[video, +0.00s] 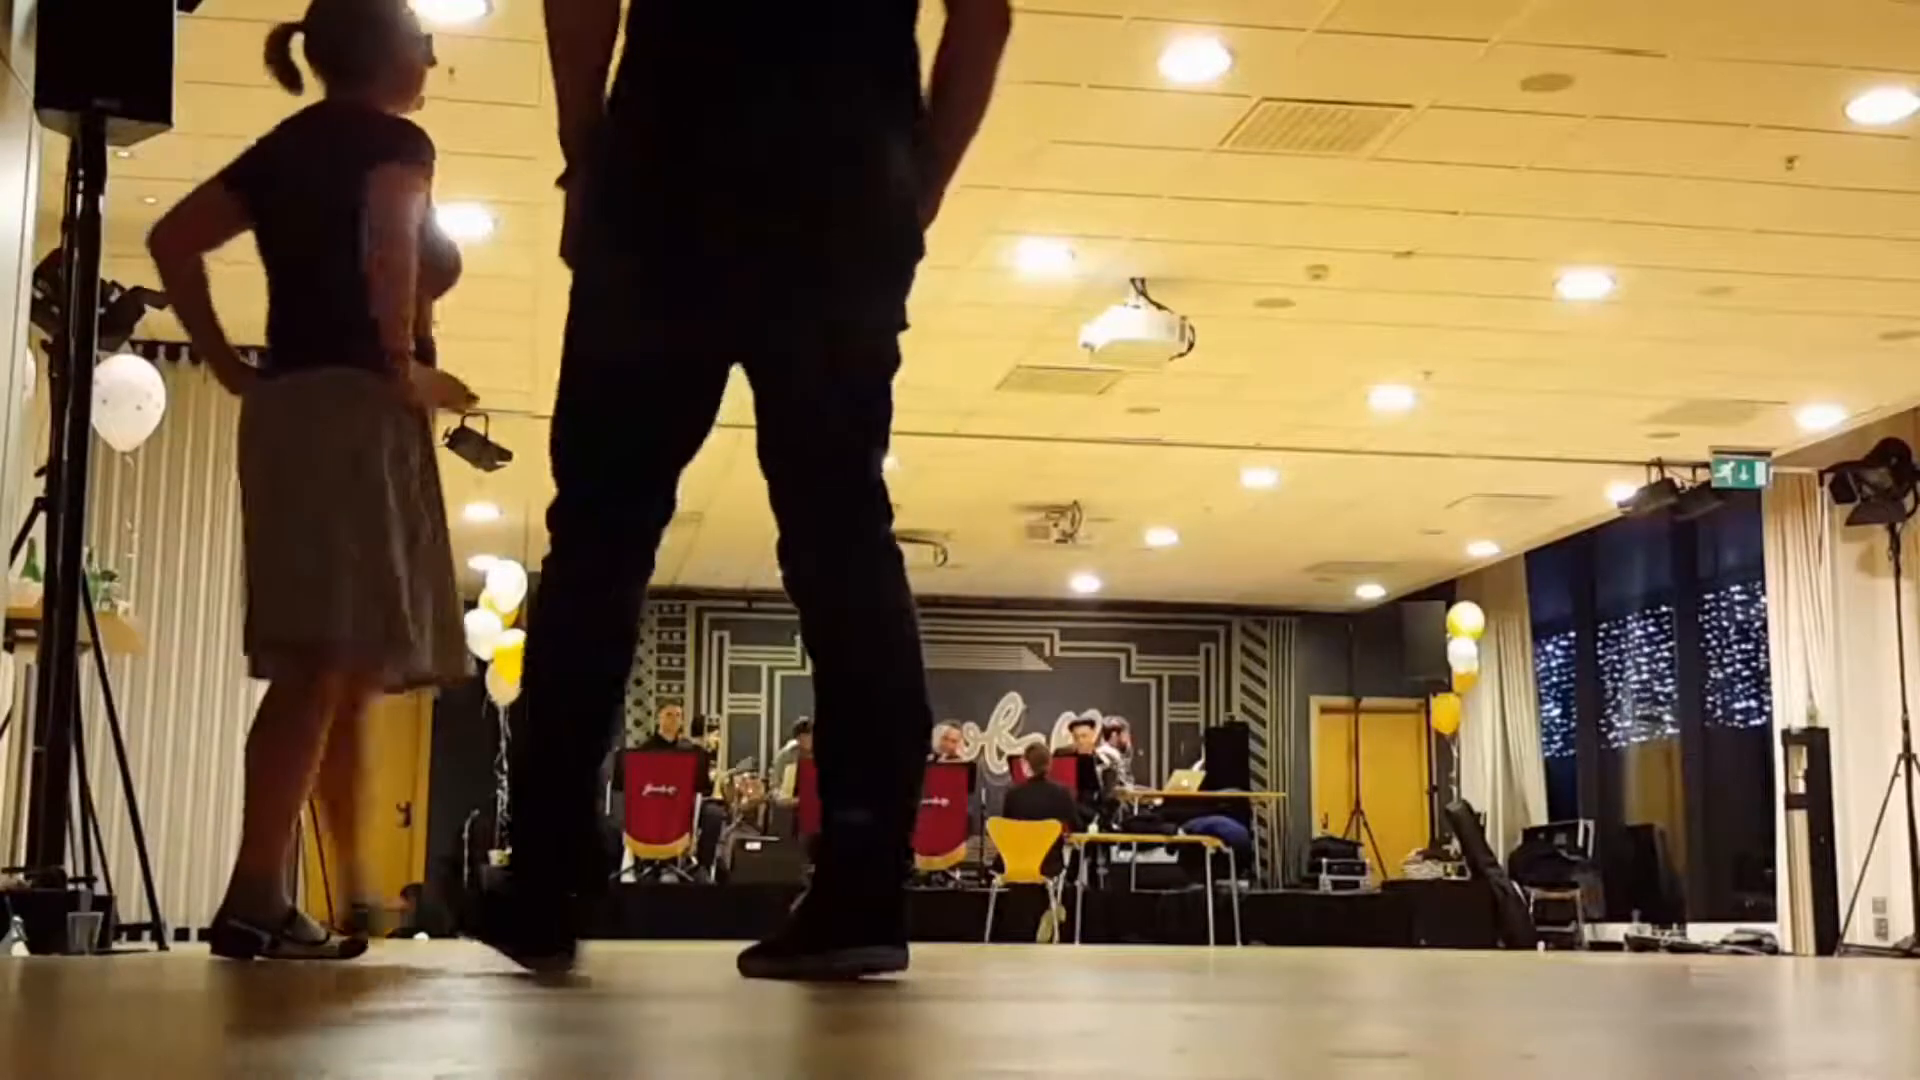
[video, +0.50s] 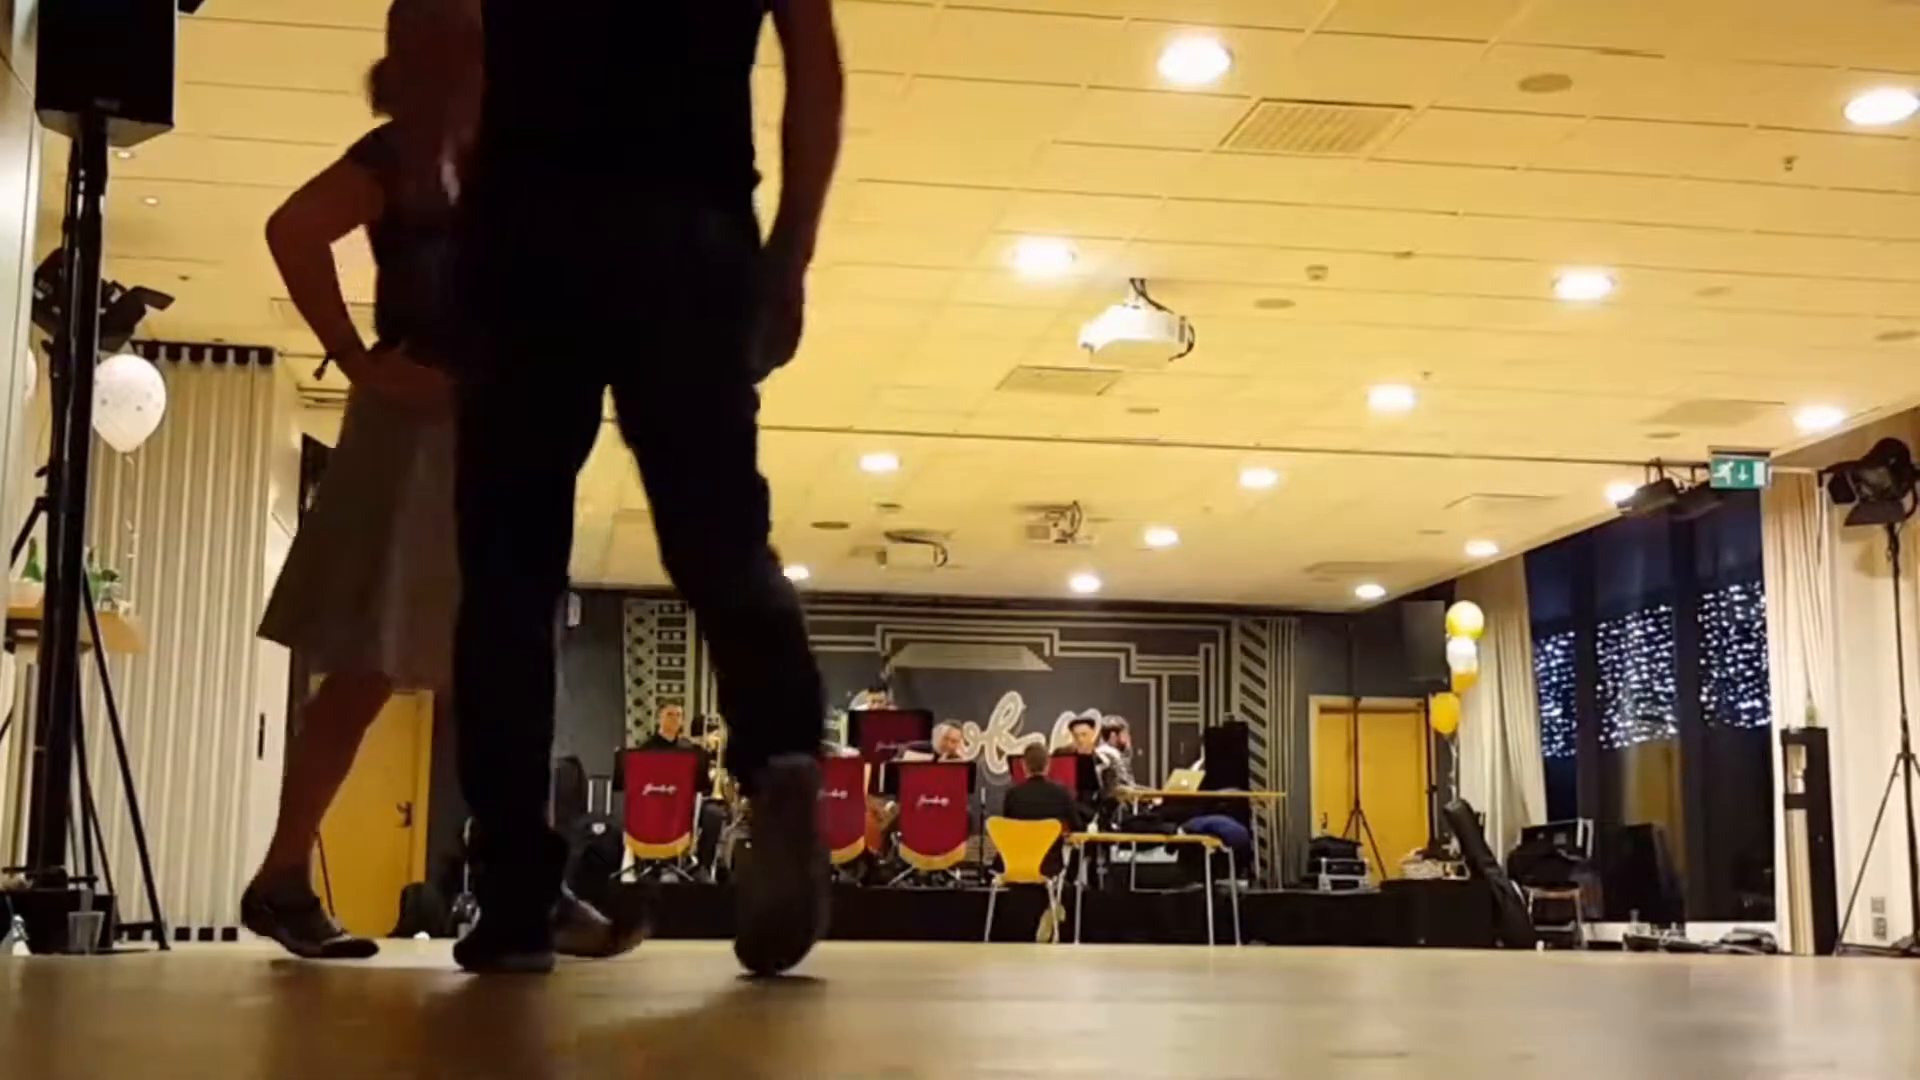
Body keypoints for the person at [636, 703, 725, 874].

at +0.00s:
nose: (673, 721)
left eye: (677, 716)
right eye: (668, 715)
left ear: (682, 721)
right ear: (658, 719)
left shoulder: (695, 752)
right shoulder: (643, 751)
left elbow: (704, 789)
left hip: (684, 809)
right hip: (650, 808)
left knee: (714, 814)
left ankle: (704, 868)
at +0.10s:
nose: (673, 721)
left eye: (677, 716)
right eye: (668, 715)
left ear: (682, 721)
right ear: (658, 719)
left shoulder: (694, 752)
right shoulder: (643, 751)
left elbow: (704, 789)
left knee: (714, 814)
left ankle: (703, 867)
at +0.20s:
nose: (673, 720)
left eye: (677, 716)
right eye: (668, 715)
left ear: (682, 721)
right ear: (659, 718)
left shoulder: (694, 752)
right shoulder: (643, 751)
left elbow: (704, 788)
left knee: (714, 813)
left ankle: (703, 868)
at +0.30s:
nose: (674, 720)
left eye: (678, 716)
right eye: (669, 715)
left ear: (683, 721)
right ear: (659, 719)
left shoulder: (694, 751)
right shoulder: (645, 750)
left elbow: (704, 787)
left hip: (684, 807)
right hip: (652, 806)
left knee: (714, 814)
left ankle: (704, 867)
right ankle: (644, 865)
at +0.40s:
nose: (674, 720)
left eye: (678, 716)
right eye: (669, 715)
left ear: (683, 721)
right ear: (659, 719)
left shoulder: (694, 751)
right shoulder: (644, 750)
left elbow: (704, 787)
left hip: (684, 807)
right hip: (651, 805)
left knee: (713, 814)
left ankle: (704, 867)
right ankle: (644, 865)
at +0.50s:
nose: (674, 720)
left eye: (677, 716)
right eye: (669, 715)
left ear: (683, 721)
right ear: (659, 719)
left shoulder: (695, 752)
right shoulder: (644, 750)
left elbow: (704, 787)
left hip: (684, 807)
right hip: (651, 806)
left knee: (714, 814)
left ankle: (704, 867)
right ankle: (644, 865)